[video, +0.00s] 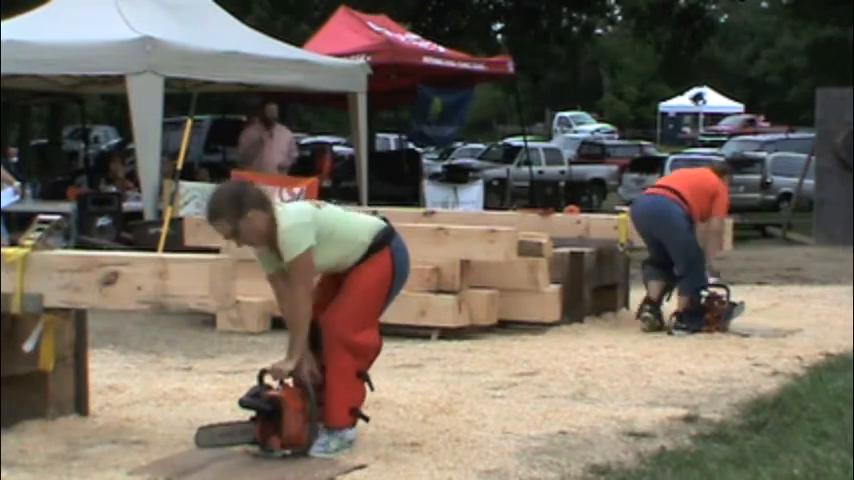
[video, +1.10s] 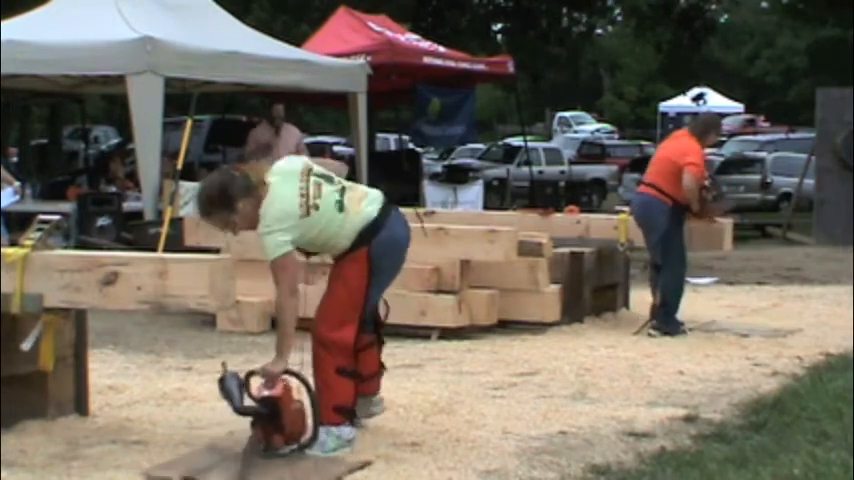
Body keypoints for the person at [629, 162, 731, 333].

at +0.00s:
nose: (728, 183)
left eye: (728, 180)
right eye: (728, 180)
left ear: (710, 170)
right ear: (724, 177)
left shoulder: (690, 174)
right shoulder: (719, 187)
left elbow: (697, 226)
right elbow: (715, 228)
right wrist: (711, 263)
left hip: (642, 203)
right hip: (670, 208)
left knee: (661, 261)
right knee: (691, 263)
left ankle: (651, 305)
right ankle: (684, 315)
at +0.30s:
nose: (731, 190)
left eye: (733, 187)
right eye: (732, 185)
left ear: (718, 172)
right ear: (728, 179)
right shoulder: (718, 182)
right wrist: (714, 245)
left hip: (643, 213)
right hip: (659, 218)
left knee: (675, 266)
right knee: (696, 265)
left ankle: (666, 311)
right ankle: (688, 315)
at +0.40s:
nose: (734, 179)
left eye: (737, 175)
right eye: (733, 172)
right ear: (725, 164)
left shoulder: (711, 192)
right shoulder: (707, 156)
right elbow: (684, 158)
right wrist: (706, 183)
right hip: (658, 205)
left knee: (675, 261)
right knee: (680, 263)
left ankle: (665, 311)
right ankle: (689, 319)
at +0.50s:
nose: (732, 172)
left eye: (736, 168)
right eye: (732, 164)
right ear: (721, 156)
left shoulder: (712, 190)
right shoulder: (701, 151)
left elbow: (706, 223)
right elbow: (665, 145)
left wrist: (715, 255)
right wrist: (678, 176)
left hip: (671, 212)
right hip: (654, 199)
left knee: (676, 260)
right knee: (674, 259)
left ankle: (667, 313)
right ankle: (671, 316)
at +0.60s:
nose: (731, 163)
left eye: (733, 159)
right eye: (730, 157)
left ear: (724, 155)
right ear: (721, 152)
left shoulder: (712, 178)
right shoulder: (695, 156)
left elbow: (707, 210)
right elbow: (667, 181)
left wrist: (715, 243)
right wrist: (677, 220)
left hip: (664, 208)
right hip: (649, 200)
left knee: (674, 260)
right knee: (665, 260)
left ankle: (673, 318)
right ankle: (663, 320)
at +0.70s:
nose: (725, 159)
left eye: (727, 154)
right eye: (725, 153)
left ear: (713, 146)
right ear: (717, 150)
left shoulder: (698, 157)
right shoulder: (693, 165)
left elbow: (700, 192)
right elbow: (675, 201)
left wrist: (710, 218)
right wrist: (685, 237)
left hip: (660, 204)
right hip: (649, 203)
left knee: (669, 260)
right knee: (664, 261)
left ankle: (670, 316)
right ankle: (663, 319)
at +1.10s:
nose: (716, 140)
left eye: (717, 136)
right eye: (715, 135)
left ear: (695, 127)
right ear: (708, 133)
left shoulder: (678, 138)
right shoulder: (692, 149)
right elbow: (689, 185)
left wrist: (701, 185)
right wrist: (697, 208)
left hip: (646, 198)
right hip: (661, 204)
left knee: (662, 262)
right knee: (674, 263)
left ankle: (661, 314)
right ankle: (665, 319)